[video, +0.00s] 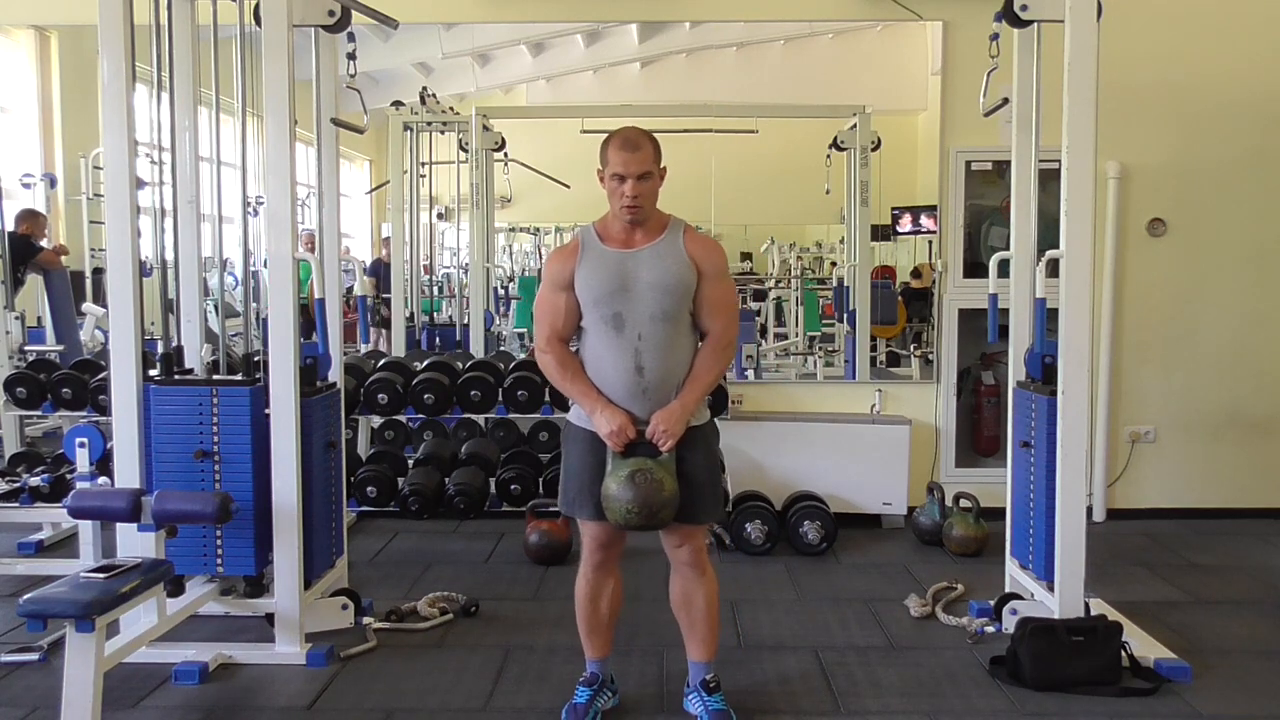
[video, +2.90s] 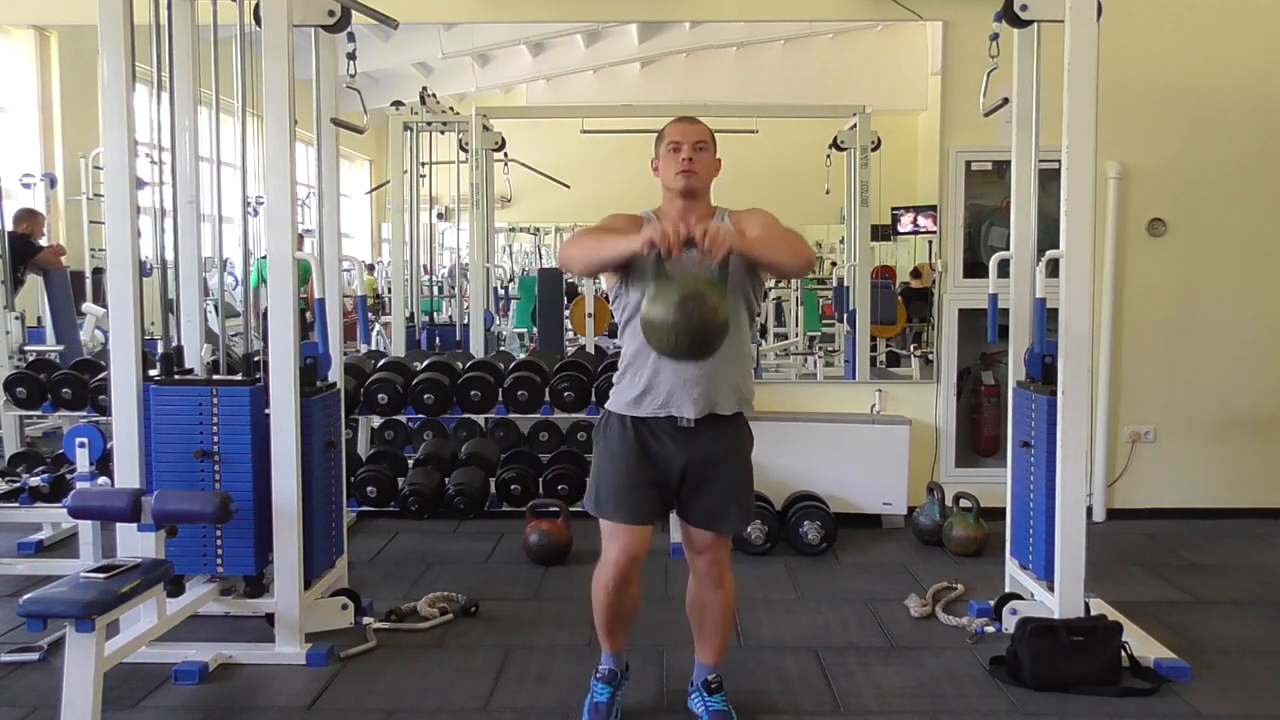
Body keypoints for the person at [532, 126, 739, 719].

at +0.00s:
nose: (631, 190)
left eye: (643, 178)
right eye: (619, 179)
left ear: (661, 175)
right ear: (602, 179)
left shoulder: (701, 252)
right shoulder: (568, 260)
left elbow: (721, 337)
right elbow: (549, 346)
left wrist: (684, 405)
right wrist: (598, 409)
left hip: (681, 427)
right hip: (594, 427)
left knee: (689, 548)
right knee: (598, 547)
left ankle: (702, 684)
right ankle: (596, 678)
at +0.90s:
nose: (680, 201)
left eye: (692, 189)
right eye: (666, 190)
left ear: (708, 198)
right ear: (646, 199)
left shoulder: (744, 271)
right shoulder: (610, 272)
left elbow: (801, 337)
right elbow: (557, 340)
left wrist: (748, 359)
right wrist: (639, 361)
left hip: (715, 461)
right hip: (628, 459)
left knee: (730, 620)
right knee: (620, 599)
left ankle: (702, 683)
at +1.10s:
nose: (654, 267)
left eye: (668, 255)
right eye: (640, 255)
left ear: (686, 263)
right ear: (618, 265)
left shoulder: (712, 326)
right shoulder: (587, 329)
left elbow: (809, 309)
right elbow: (518, 314)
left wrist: (735, 301)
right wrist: (619, 302)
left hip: (700, 538)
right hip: (605, 532)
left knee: (733, 703)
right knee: (605, 665)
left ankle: (711, 710)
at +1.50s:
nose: (645, 349)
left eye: (660, 335)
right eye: (630, 336)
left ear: (679, 343)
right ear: (607, 349)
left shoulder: (709, 401)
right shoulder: (581, 409)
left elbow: (730, 301)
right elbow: (565, 305)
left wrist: (696, 214)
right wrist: (605, 213)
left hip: (698, 634)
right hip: (598, 624)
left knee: (735, 710)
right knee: (596, 695)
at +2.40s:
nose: (658, 279)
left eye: (671, 263)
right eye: (641, 264)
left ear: (690, 266)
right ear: (617, 269)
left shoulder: (719, 334)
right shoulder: (591, 342)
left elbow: (746, 243)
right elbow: (563, 247)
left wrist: (706, 173)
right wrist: (610, 168)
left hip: (708, 557)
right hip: (613, 552)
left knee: (742, 705)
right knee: (626, 659)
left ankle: (711, 709)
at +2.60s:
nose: (680, 192)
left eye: (692, 184)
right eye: (665, 184)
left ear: (713, 204)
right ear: (640, 204)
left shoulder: (735, 265)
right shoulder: (616, 268)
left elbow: (776, 214)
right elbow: (573, 220)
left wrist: (724, 161)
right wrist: (625, 163)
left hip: (718, 472)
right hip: (633, 473)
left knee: (730, 628)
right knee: (618, 627)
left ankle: (703, 685)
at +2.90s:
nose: (687, 155)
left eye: (699, 147)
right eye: (675, 148)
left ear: (717, 166)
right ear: (656, 166)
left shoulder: (745, 224)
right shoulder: (630, 227)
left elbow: (804, 259)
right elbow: (569, 256)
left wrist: (739, 237)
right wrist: (637, 240)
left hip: (719, 424)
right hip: (634, 423)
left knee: (711, 558)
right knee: (620, 560)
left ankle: (707, 686)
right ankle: (609, 669)